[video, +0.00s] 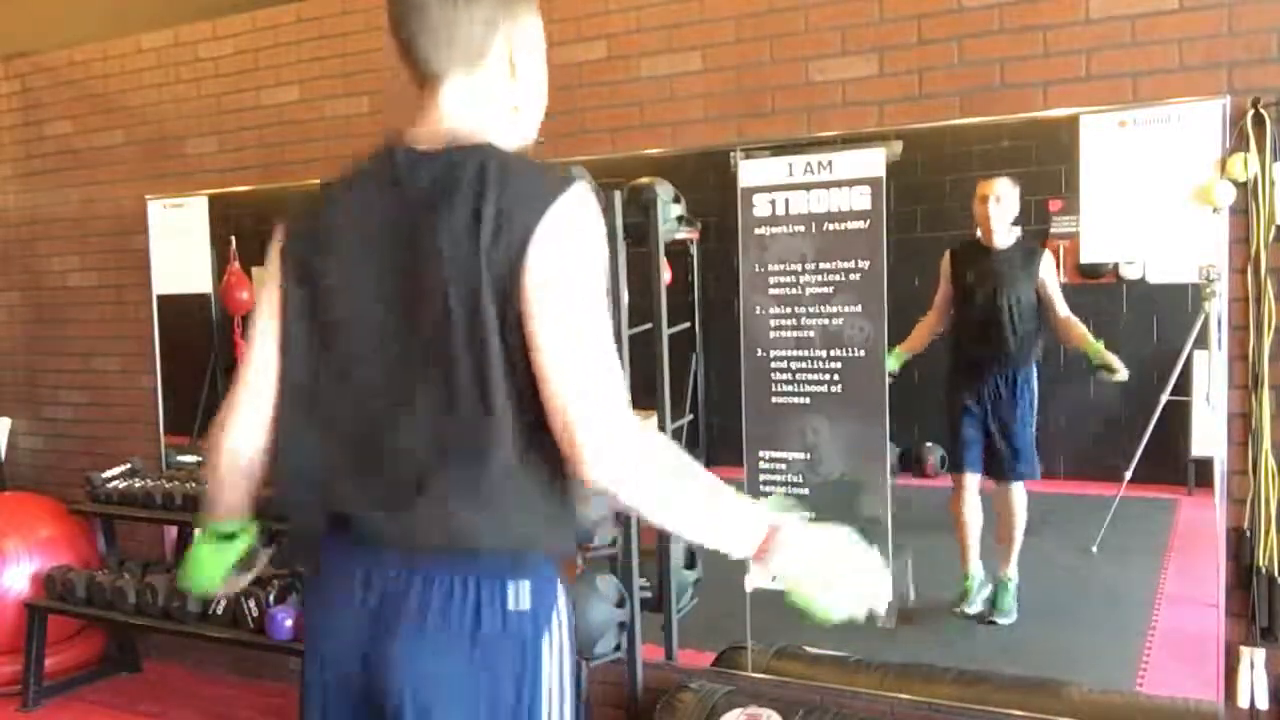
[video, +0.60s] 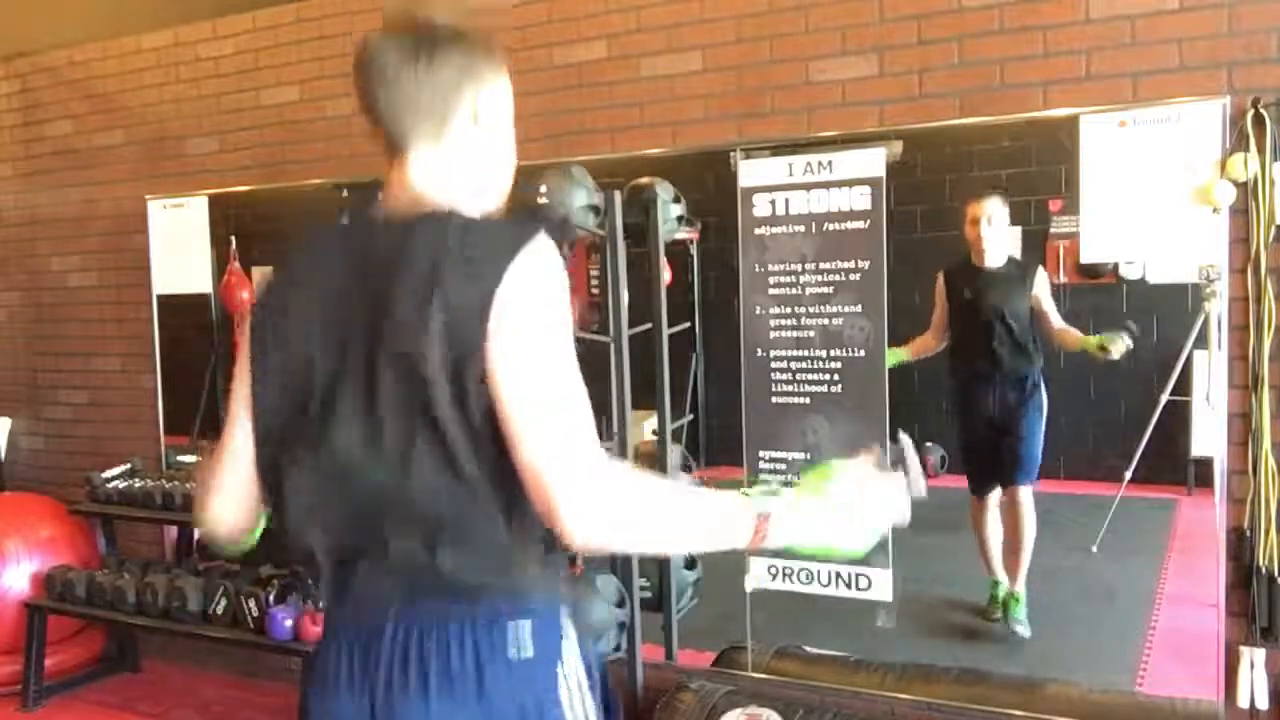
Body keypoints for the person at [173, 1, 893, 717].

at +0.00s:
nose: (545, 83)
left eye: (542, 56)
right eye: (541, 56)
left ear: (412, 62)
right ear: (513, 61)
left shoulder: (312, 223)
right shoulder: (543, 201)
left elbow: (241, 438)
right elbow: (601, 444)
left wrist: (219, 531)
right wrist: (775, 540)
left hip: (339, 595)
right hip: (488, 607)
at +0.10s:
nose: (530, 67)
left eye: (527, 44)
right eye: (526, 43)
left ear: (399, 53)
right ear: (499, 44)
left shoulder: (296, 212)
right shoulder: (527, 187)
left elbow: (240, 428)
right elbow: (580, 435)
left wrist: (213, 527)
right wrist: (761, 550)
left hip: (341, 572)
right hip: (492, 581)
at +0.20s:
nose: (519, 135)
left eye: (510, 109)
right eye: (512, 109)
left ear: (390, 125)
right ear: (486, 115)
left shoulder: (294, 279)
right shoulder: (517, 261)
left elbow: (222, 500)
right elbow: (583, 505)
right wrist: (777, 517)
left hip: (351, 647)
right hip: (504, 647)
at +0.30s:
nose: (512, 156)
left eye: (505, 131)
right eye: (506, 131)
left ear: (384, 140)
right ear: (478, 132)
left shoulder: (288, 300)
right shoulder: (512, 281)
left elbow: (215, 510)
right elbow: (602, 513)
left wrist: (324, 425)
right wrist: (787, 502)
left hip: (348, 676)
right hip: (500, 675)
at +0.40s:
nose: (510, 72)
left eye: (505, 46)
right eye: (504, 45)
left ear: (380, 56)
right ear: (477, 44)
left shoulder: (281, 233)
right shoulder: (507, 196)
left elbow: (223, 458)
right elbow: (584, 441)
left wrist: (215, 540)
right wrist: (757, 529)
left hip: (348, 600)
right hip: (497, 597)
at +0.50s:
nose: (511, 69)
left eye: (504, 45)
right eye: (503, 45)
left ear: (383, 58)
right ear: (479, 44)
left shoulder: (280, 223)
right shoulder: (508, 184)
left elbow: (236, 433)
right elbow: (574, 430)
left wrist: (212, 550)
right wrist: (755, 541)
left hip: (340, 583)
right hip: (492, 585)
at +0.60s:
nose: (514, 142)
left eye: (508, 116)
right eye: (508, 115)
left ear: (382, 128)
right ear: (482, 118)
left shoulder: (295, 280)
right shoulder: (507, 257)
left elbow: (224, 514)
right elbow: (583, 505)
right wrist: (777, 516)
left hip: (354, 642)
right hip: (501, 644)